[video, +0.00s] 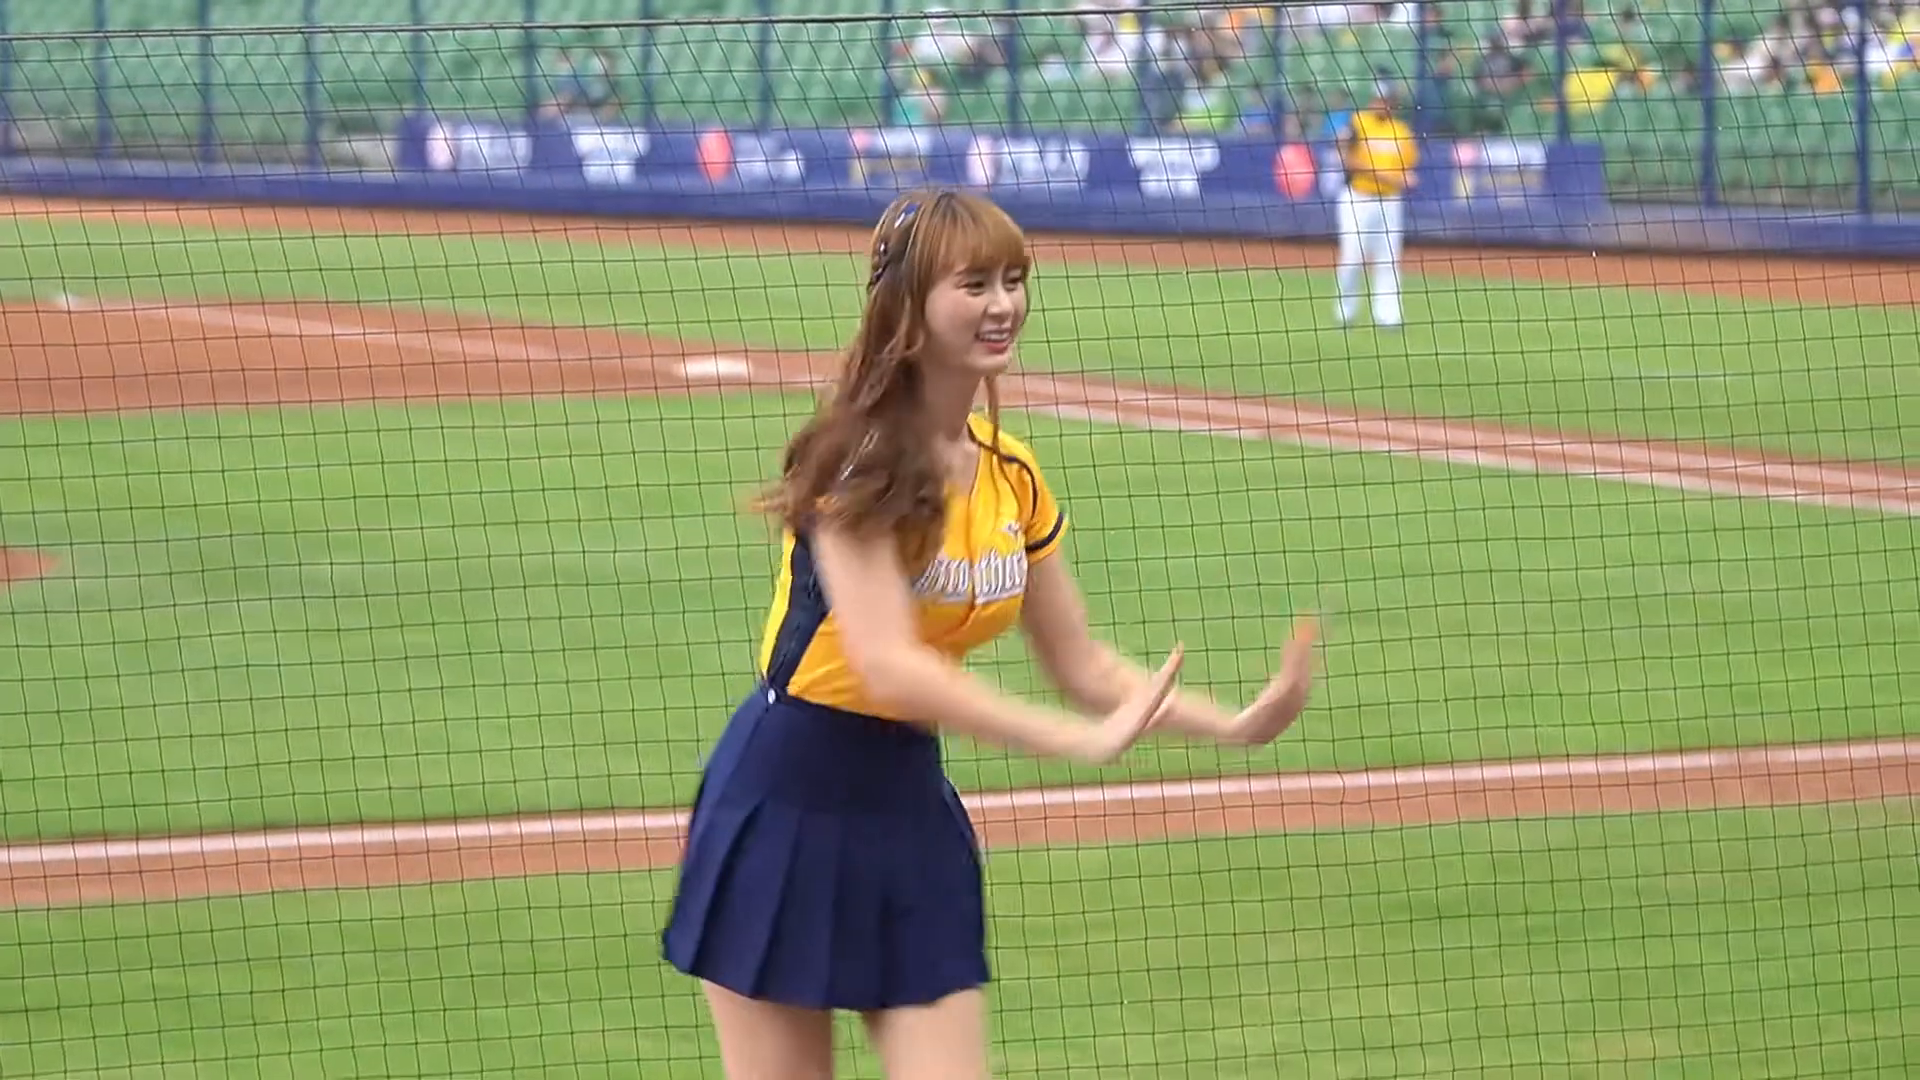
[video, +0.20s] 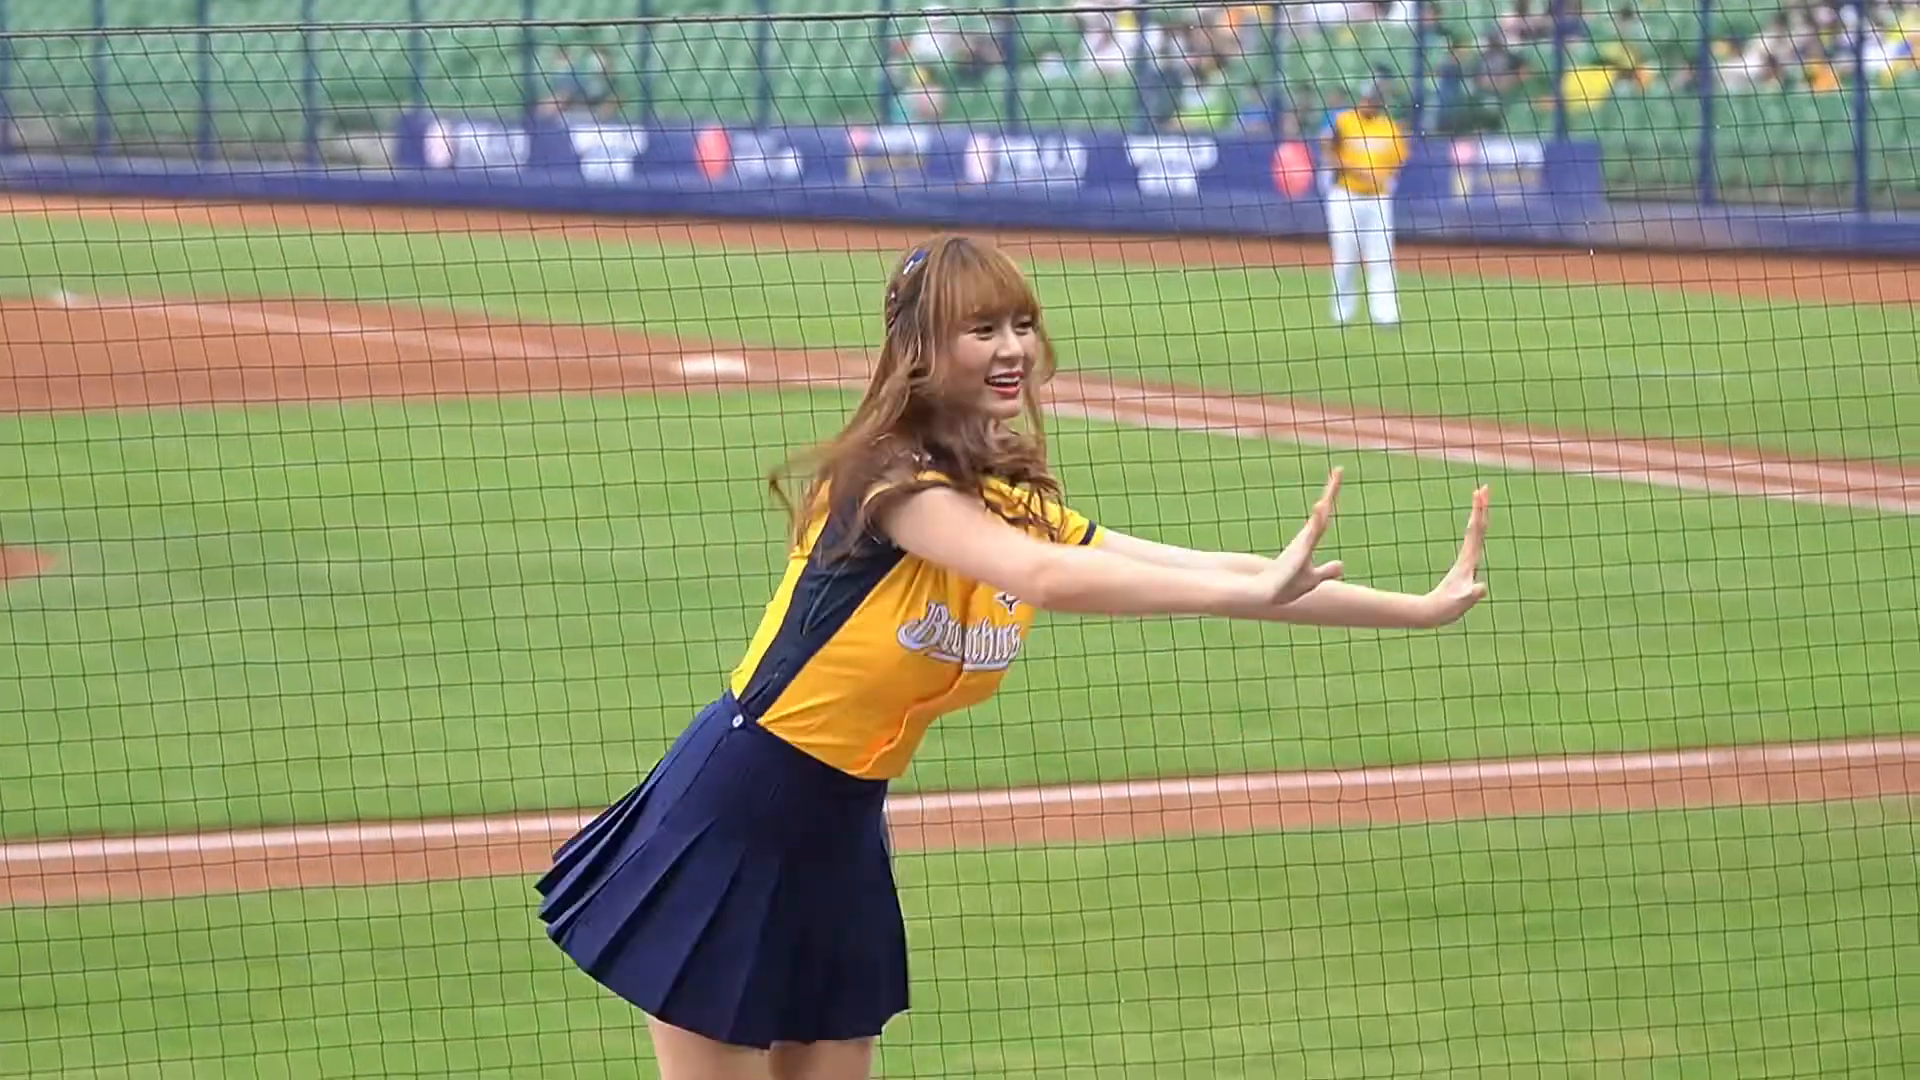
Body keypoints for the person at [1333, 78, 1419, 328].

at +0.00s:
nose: (1384, 106)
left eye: (1388, 101)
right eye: (1379, 100)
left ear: (1395, 102)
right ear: (1372, 100)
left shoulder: (1402, 130)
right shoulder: (1358, 122)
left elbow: (1409, 171)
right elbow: (1345, 158)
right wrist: (1384, 174)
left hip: (1390, 200)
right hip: (1358, 198)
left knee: (1388, 258)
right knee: (1353, 256)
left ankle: (1388, 313)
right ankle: (1345, 310)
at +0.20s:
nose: (1369, 107)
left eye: (1374, 103)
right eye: (1366, 101)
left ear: (1382, 103)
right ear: (1359, 99)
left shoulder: (1391, 128)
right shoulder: (1342, 122)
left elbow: (1400, 159)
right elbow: (1328, 155)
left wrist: (1384, 178)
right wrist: (1357, 173)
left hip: (1377, 198)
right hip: (1344, 197)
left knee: (1380, 255)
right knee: (1345, 255)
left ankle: (1385, 311)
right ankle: (1342, 310)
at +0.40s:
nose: (1360, 99)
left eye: (1365, 93)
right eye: (1356, 93)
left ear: (1371, 95)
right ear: (1347, 94)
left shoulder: (1380, 122)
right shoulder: (1333, 119)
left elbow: (1392, 155)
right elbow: (1318, 151)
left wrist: (1373, 172)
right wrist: (1342, 167)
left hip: (1369, 193)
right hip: (1336, 194)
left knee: (1376, 252)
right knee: (1339, 254)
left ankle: (1385, 309)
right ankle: (1343, 309)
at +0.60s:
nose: (1363, 101)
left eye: (1367, 96)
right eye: (1359, 96)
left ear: (1374, 96)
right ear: (1352, 96)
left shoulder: (1390, 118)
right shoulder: (1342, 117)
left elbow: (1407, 148)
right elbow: (1331, 149)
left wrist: (1382, 165)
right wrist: (1350, 165)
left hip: (1384, 190)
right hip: (1351, 191)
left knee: (1394, 246)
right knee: (1355, 250)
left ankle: (1403, 305)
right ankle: (1362, 308)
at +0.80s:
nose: (1369, 92)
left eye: (1373, 87)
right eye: (1365, 87)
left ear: (1381, 87)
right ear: (1358, 88)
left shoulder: (1398, 111)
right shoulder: (1348, 113)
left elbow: (1416, 142)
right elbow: (1335, 143)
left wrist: (1391, 160)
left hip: (1394, 184)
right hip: (1359, 185)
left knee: (1403, 241)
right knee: (1364, 244)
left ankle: (1407, 300)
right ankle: (1370, 302)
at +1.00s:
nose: (1369, 83)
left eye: (1373, 78)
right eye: (1365, 78)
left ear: (1381, 79)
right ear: (1359, 81)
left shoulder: (1399, 104)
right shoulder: (1349, 107)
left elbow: (1418, 133)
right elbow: (1338, 136)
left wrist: (1398, 155)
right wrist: (1354, 157)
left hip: (1396, 176)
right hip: (1361, 177)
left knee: (1403, 234)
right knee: (1365, 237)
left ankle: (1392, 283)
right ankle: (1371, 295)